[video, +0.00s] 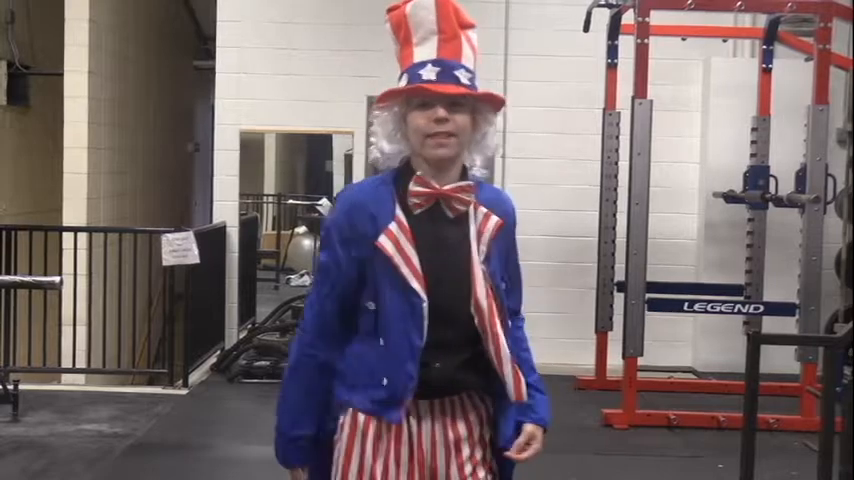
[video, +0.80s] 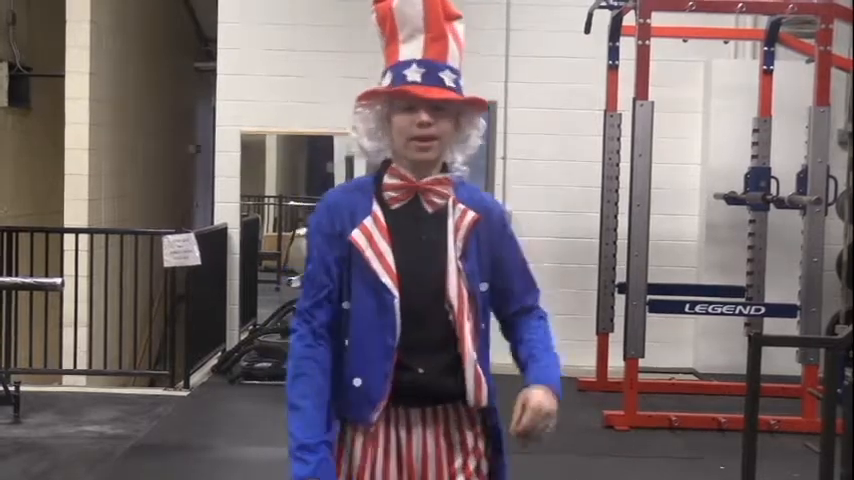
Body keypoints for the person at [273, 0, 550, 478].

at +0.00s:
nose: (441, 117)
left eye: (455, 105)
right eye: (425, 105)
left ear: (475, 121)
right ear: (404, 121)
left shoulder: (496, 209)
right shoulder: (360, 207)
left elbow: (510, 320)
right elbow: (322, 328)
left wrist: (531, 406)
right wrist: (298, 440)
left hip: (466, 422)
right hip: (376, 424)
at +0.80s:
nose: (424, 123)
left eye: (439, 110)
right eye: (408, 109)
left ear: (459, 124)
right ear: (385, 122)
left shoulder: (486, 216)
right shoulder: (342, 212)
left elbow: (525, 311)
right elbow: (314, 335)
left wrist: (545, 382)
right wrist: (312, 461)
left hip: (460, 431)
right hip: (370, 432)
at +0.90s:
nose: (436, 125)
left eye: (450, 113)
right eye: (420, 112)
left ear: (469, 128)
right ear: (397, 125)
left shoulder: (487, 217)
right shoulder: (347, 210)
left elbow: (523, 291)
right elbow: (314, 346)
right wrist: (297, 464)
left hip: (464, 430)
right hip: (373, 433)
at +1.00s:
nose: (440, 129)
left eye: (455, 117)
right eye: (426, 115)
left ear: (475, 129)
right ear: (404, 124)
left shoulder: (489, 216)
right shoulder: (354, 205)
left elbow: (555, 321)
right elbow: (312, 336)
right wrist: (280, 459)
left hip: (467, 429)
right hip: (375, 431)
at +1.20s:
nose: (433, 129)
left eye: (452, 117)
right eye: (422, 113)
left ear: (480, 134)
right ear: (405, 120)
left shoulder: (487, 214)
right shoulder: (354, 200)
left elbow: (570, 281)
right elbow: (305, 327)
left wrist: (508, 194)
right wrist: (281, 458)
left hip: (458, 431)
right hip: (367, 433)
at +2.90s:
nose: (400, 121)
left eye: (421, 115)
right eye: (394, 105)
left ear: (446, 139)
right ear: (376, 115)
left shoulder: (453, 224)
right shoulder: (317, 200)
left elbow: (512, 307)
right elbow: (262, 320)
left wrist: (476, 203)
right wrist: (233, 452)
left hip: (406, 440)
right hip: (315, 437)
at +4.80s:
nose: (410, 117)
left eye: (423, 103)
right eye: (391, 106)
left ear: (444, 118)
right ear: (368, 123)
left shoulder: (467, 214)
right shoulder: (321, 212)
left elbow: (532, 314)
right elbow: (288, 347)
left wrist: (503, 225)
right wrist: (283, 467)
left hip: (443, 439)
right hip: (347, 443)